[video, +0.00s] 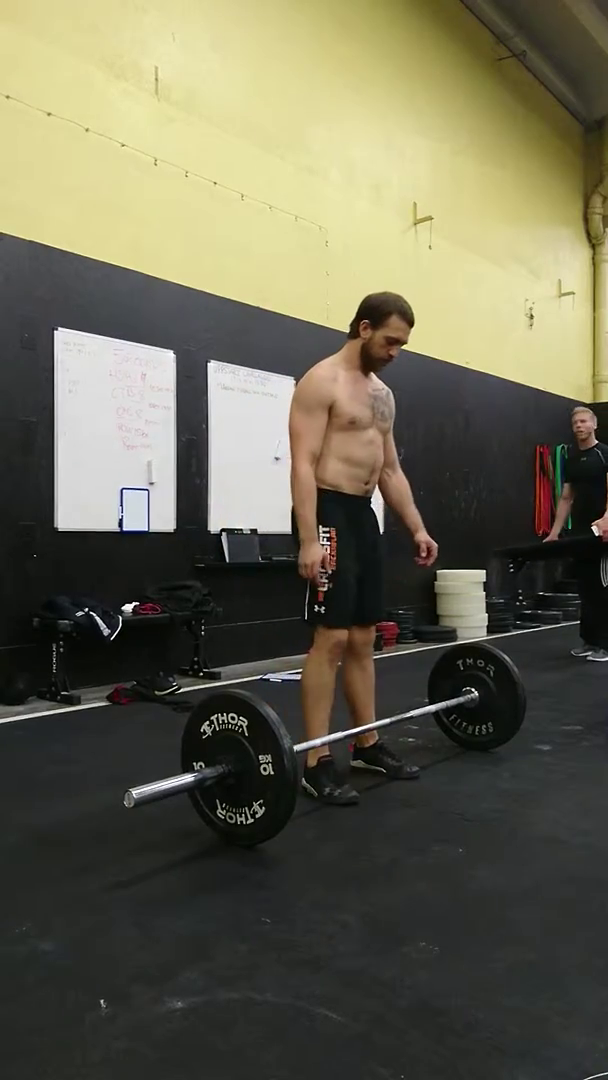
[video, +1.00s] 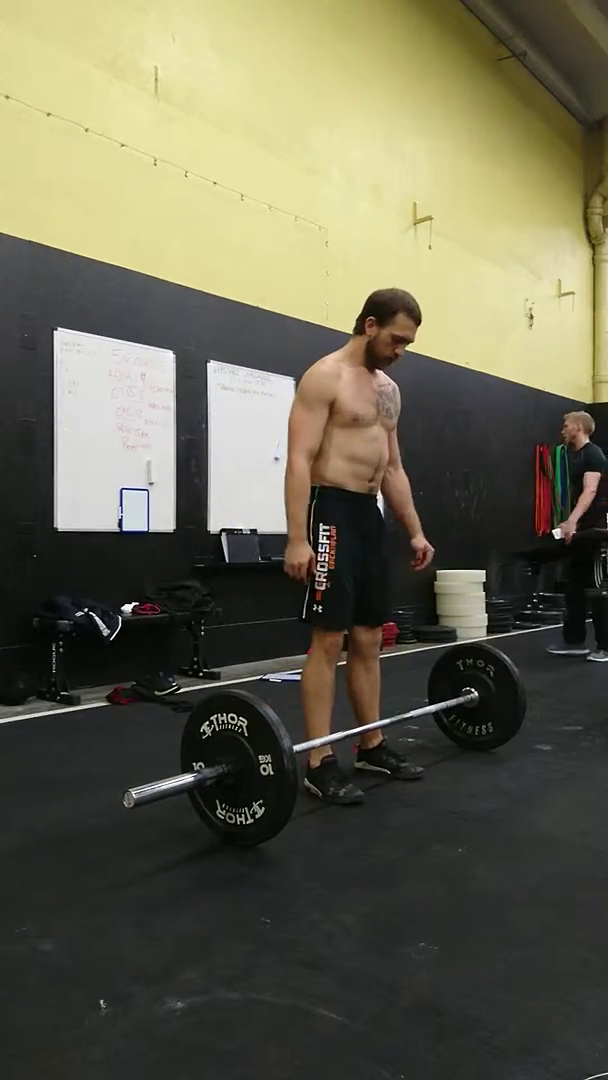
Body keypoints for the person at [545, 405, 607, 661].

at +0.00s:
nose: (580, 426)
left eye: (584, 421)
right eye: (576, 422)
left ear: (594, 424)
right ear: (572, 427)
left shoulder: (603, 453)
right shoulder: (573, 457)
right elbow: (566, 497)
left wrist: (606, 519)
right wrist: (555, 531)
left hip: (601, 531)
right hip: (581, 532)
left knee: (600, 587)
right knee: (587, 587)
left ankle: (604, 645)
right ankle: (591, 641)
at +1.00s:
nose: (562, 430)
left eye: (566, 426)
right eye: (563, 426)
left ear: (580, 429)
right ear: (577, 429)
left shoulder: (593, 453)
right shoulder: (571, 454)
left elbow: (590, 491)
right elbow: (573, 492)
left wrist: (572, 520)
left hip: (595, 530)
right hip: (579, 530)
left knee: (597, 587)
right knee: (574, 584)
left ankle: (603, 645)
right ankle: (574, 640)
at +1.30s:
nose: (552, 433)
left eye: (555, 429)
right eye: (553, 430)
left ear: (566, 433)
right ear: (569, 434)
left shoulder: (571, 455)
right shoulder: (572, 455)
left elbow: (558, 493)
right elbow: (560, 494)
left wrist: (534, 521)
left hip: (590, 521)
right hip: (580, 521)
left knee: (581, 580)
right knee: (571, 580)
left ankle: (602, 643)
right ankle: (571, 643)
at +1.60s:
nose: (533, 459)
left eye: (533, 456)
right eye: (533, 456)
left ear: (537, 454)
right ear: (553, 451)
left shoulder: (549, 468)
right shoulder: (568, 468)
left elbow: (532, 507)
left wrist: (514, 537)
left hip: (588, 521)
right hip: (594, 520)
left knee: (573, 579)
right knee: (576, 580)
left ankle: (576, 646)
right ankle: (571, 642)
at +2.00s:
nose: (524, 496)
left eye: (523, 493)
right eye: (523, 494)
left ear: (524, 491)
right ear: (540, 484)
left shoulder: (532, 500)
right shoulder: (556, 494)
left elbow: (518, 539)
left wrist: (503, 571)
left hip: (590, 528)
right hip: (600, 524)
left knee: (568, 583)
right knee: (580, 585)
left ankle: (577, 648)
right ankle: (570, 642)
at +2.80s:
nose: (508, 505)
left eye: (508, 500)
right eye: (506, 502)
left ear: (519, 493)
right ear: (522, 492)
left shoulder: (530, 504)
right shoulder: (541, 499)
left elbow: (520, 546)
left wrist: (504, 578)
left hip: (590, 527)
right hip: (599, 525)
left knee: (569, 585)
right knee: (580, 586)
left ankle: (578, 648)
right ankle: (569, 642)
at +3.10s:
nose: (510, 471)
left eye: (512, 465)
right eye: (506, 469)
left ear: (524, 462)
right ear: (507, 471)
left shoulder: (538, 479)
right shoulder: (541, 481)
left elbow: (549, 520)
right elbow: (563, 525)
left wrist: (534, 553)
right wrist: (557, 555)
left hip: (592, 524)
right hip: (583, 527)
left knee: (574, 581)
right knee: (568, 580)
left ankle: (580, 646)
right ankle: (569, 640)